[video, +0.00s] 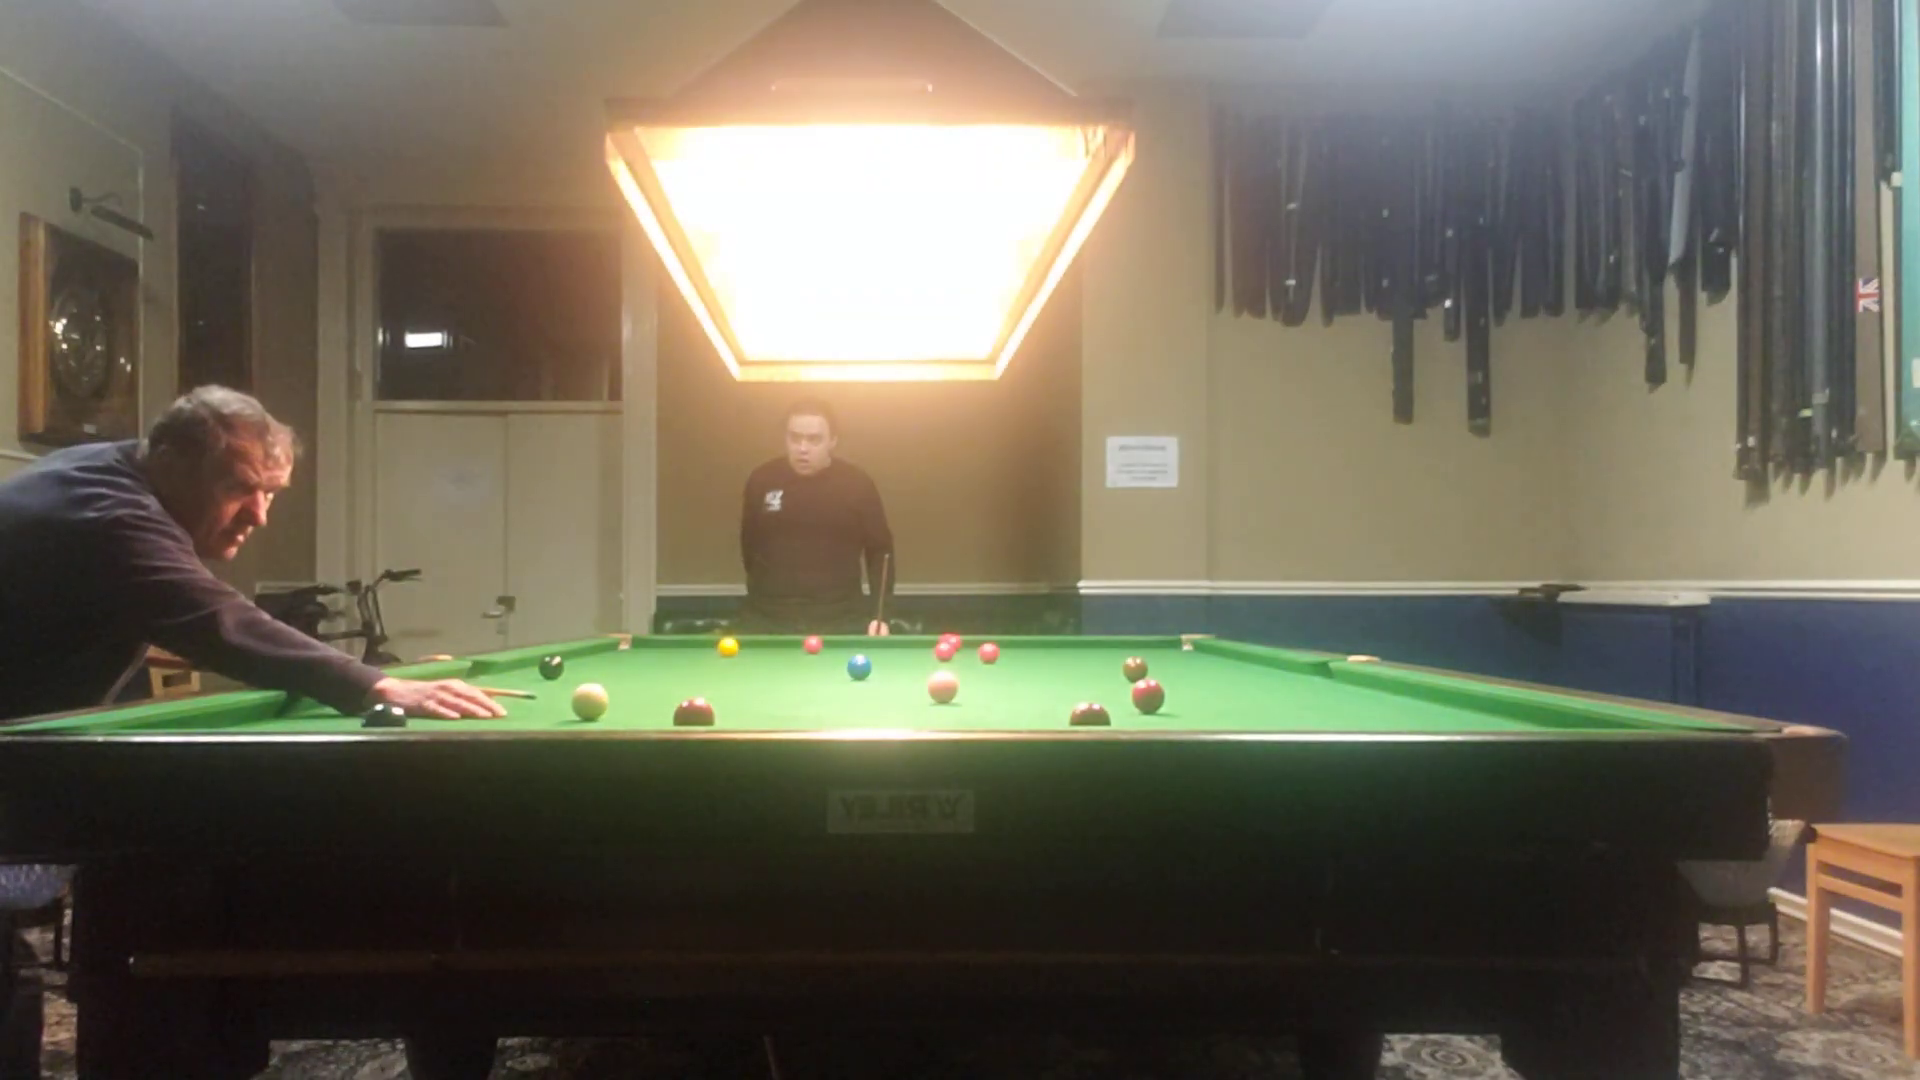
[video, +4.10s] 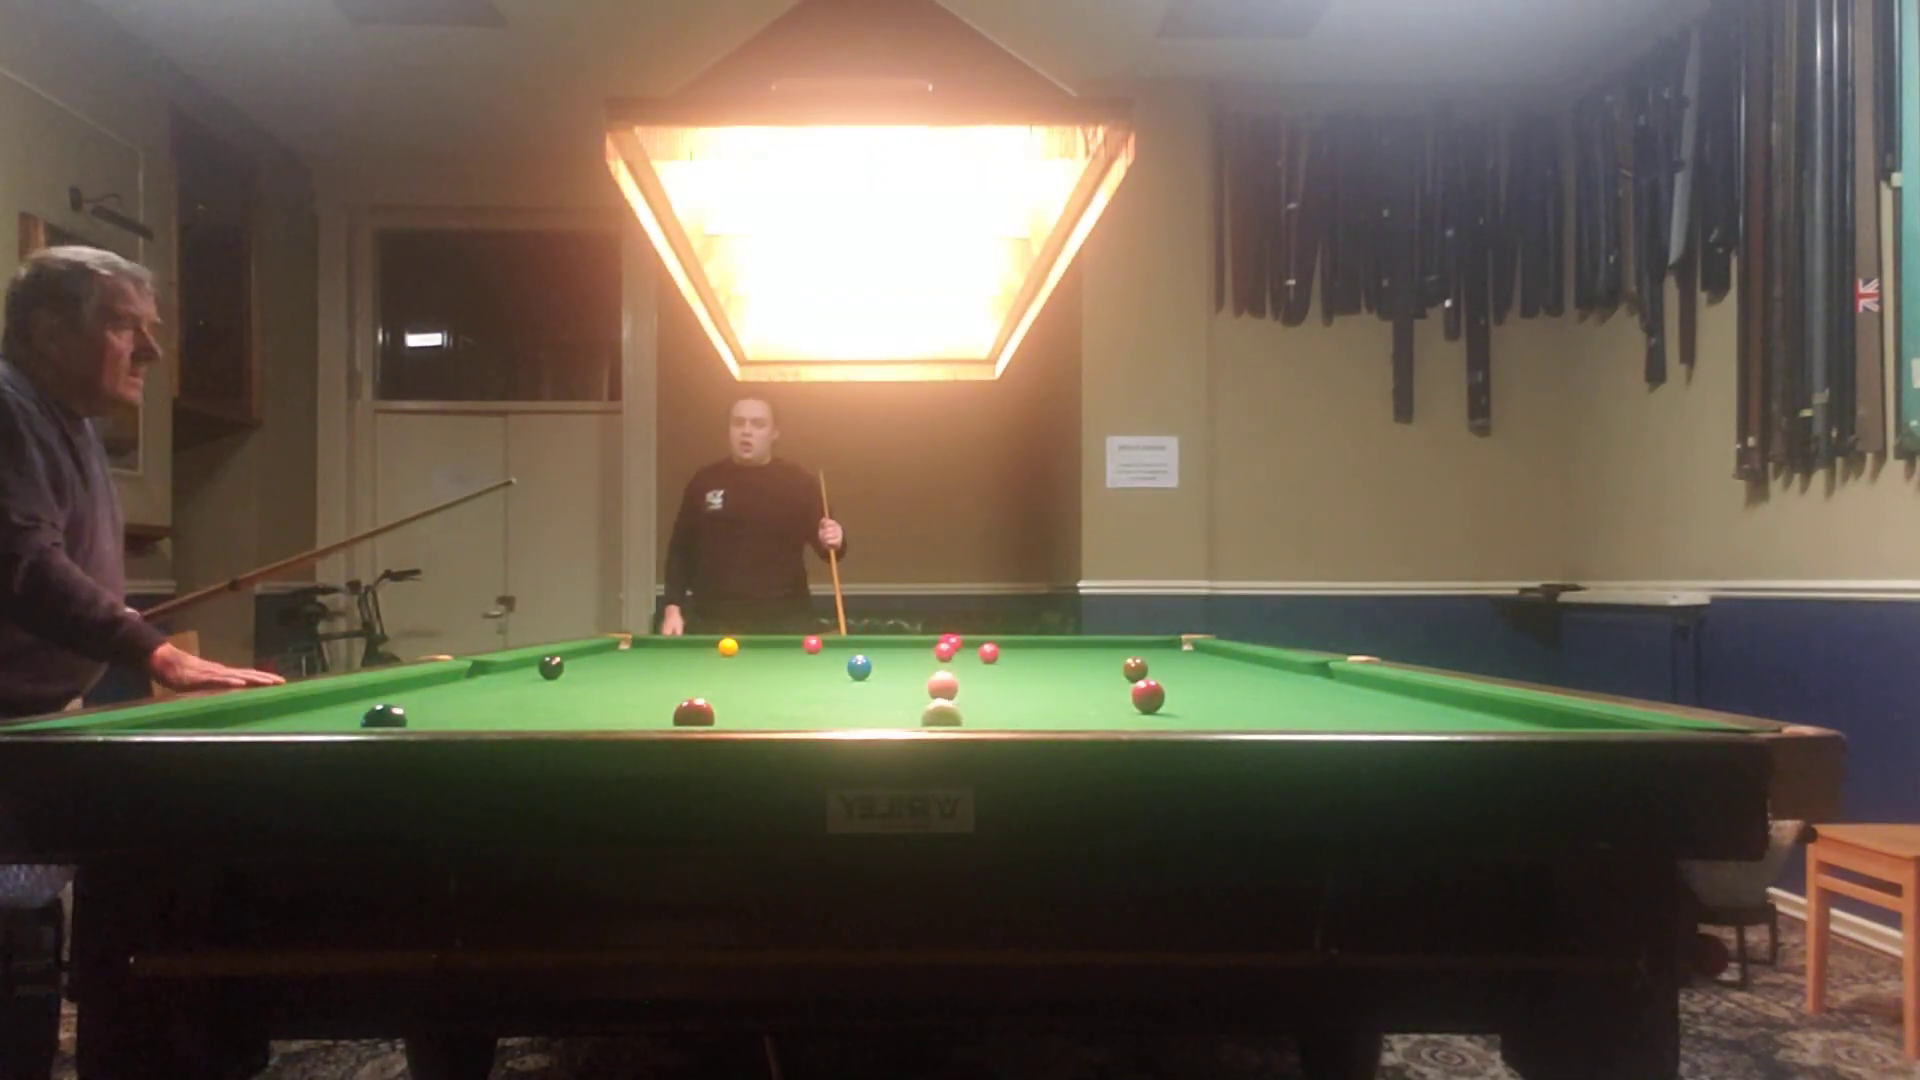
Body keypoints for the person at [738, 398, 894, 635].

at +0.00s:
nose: (803, 449)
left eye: (814, 439)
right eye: (795, 438)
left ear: (833, 442)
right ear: (785, 439)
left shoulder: (857, 484)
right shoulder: (762, 481)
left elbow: (880, 552)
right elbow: (750, 550)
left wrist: (880, 616)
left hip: (840, 621)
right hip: (769, 621)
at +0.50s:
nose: (813, 453)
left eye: (824, 444)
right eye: (805, 442)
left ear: (840, 445)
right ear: (794, 441)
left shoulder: (862, 488)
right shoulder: (766, 481)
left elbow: (883, 556)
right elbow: (740, 541)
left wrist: (882, 619)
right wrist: (736, 598)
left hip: (843, 626)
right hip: (770, 626)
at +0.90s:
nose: (815, 453)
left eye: (825, 444)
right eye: (807, 442)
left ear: (842, 444)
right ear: (795, 440)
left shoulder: (862, 489)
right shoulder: (768, 481)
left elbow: (887, 550)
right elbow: (736, 538)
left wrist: (881, 596)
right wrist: (722, 591)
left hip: (841, 625)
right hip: (770, 622)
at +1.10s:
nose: (814, 453)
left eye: (825, 443)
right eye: (806, 442)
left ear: (842, 444)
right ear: (794, 440)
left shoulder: (859, 488)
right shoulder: (767, 482)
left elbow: (891, 542)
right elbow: (736, 544)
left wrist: (889, 566)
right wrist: (729, 597)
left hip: (841, 622)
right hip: (771, 623)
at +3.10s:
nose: (805, 438)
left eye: (816, 430)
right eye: (798, 429)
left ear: (834, 437)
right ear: (788, 434)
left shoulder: (858, 483)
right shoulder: (766, 484)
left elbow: (891, 549)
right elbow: (742, 552)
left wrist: (878, 537)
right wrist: (734, 608)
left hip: (840, 623)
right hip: (771, 624)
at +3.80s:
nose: (771, 433)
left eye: (783, 425)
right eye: (763, 424)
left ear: (799, 434)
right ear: (753, 431)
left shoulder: (823, 480)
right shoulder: (730, 482)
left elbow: (858, 548)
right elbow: (706, 549)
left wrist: (853, 536)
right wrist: (701, 609)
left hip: (810, 622)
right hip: (741, 623)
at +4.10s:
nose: (746, 431)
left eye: (758, 424)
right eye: (738, 423)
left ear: (774, 434)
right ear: (728, 430)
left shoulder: (799, 482)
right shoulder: (705, 482)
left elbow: (828, 551)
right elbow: (680, 550)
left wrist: (835, 541)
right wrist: (673, 607)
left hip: (786, 625)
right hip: (716, 624)